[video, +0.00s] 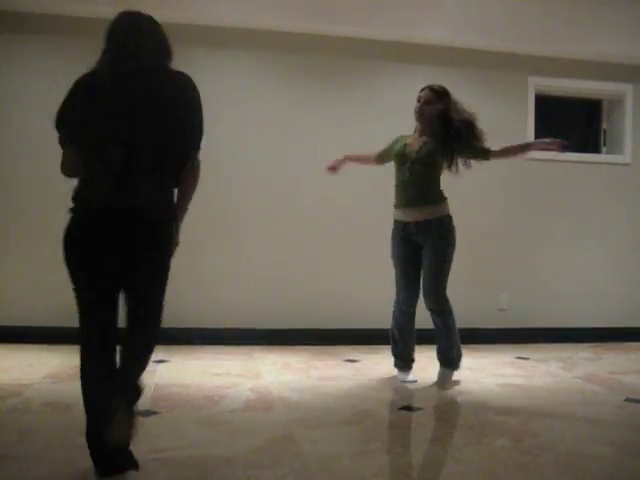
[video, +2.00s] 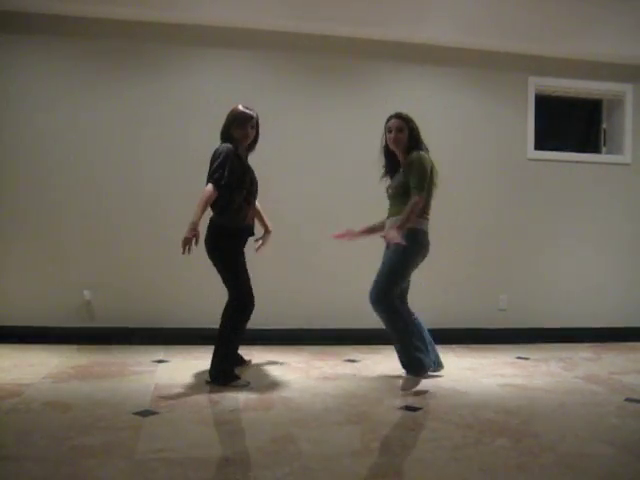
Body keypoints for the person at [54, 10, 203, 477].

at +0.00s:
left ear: (109, 43)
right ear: (160, 45)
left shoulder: (86, 87)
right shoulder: (180, 88)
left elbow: (70, 165)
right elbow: (190, 169)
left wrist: (109, 152)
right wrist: (177, 217)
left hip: (91, 229)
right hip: (151, 230)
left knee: (95, 337)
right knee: (144, 324)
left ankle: (106, 456)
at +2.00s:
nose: (249, 131)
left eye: (253, 127)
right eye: (244, 125)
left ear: (256, 132)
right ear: (232, 127)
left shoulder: (242, 160)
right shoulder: (226, 152)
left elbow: (247, 199)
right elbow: (210, 190)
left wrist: (265, 226)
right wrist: (193, 226)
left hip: (232, 239)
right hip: (222, 240)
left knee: (240, 298)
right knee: (242, 300)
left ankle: (228, 353)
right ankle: (220, 370)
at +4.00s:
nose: (242, 154)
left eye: (243, 149)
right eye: (241, 147)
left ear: (224, 139)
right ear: (230, 141)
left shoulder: (223, 156)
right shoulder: (215, 155)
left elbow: (256, 174)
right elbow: (247, 181)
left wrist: (292, 184)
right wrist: (273, 197)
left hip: (244, 235)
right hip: (238, 237)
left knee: (246, 299)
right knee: (246, 300)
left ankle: (227, 352)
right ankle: (220, 371)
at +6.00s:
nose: (179, 181)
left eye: (174, 183)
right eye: (176, 190)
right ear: (183, 201)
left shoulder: (208, 191)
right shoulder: (205, 205)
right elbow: (207, 244)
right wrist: (244, 248)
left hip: (272, 235)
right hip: (268, 240)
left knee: (255, 306)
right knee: (253, 308)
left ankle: (231, 352)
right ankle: (221, 372)